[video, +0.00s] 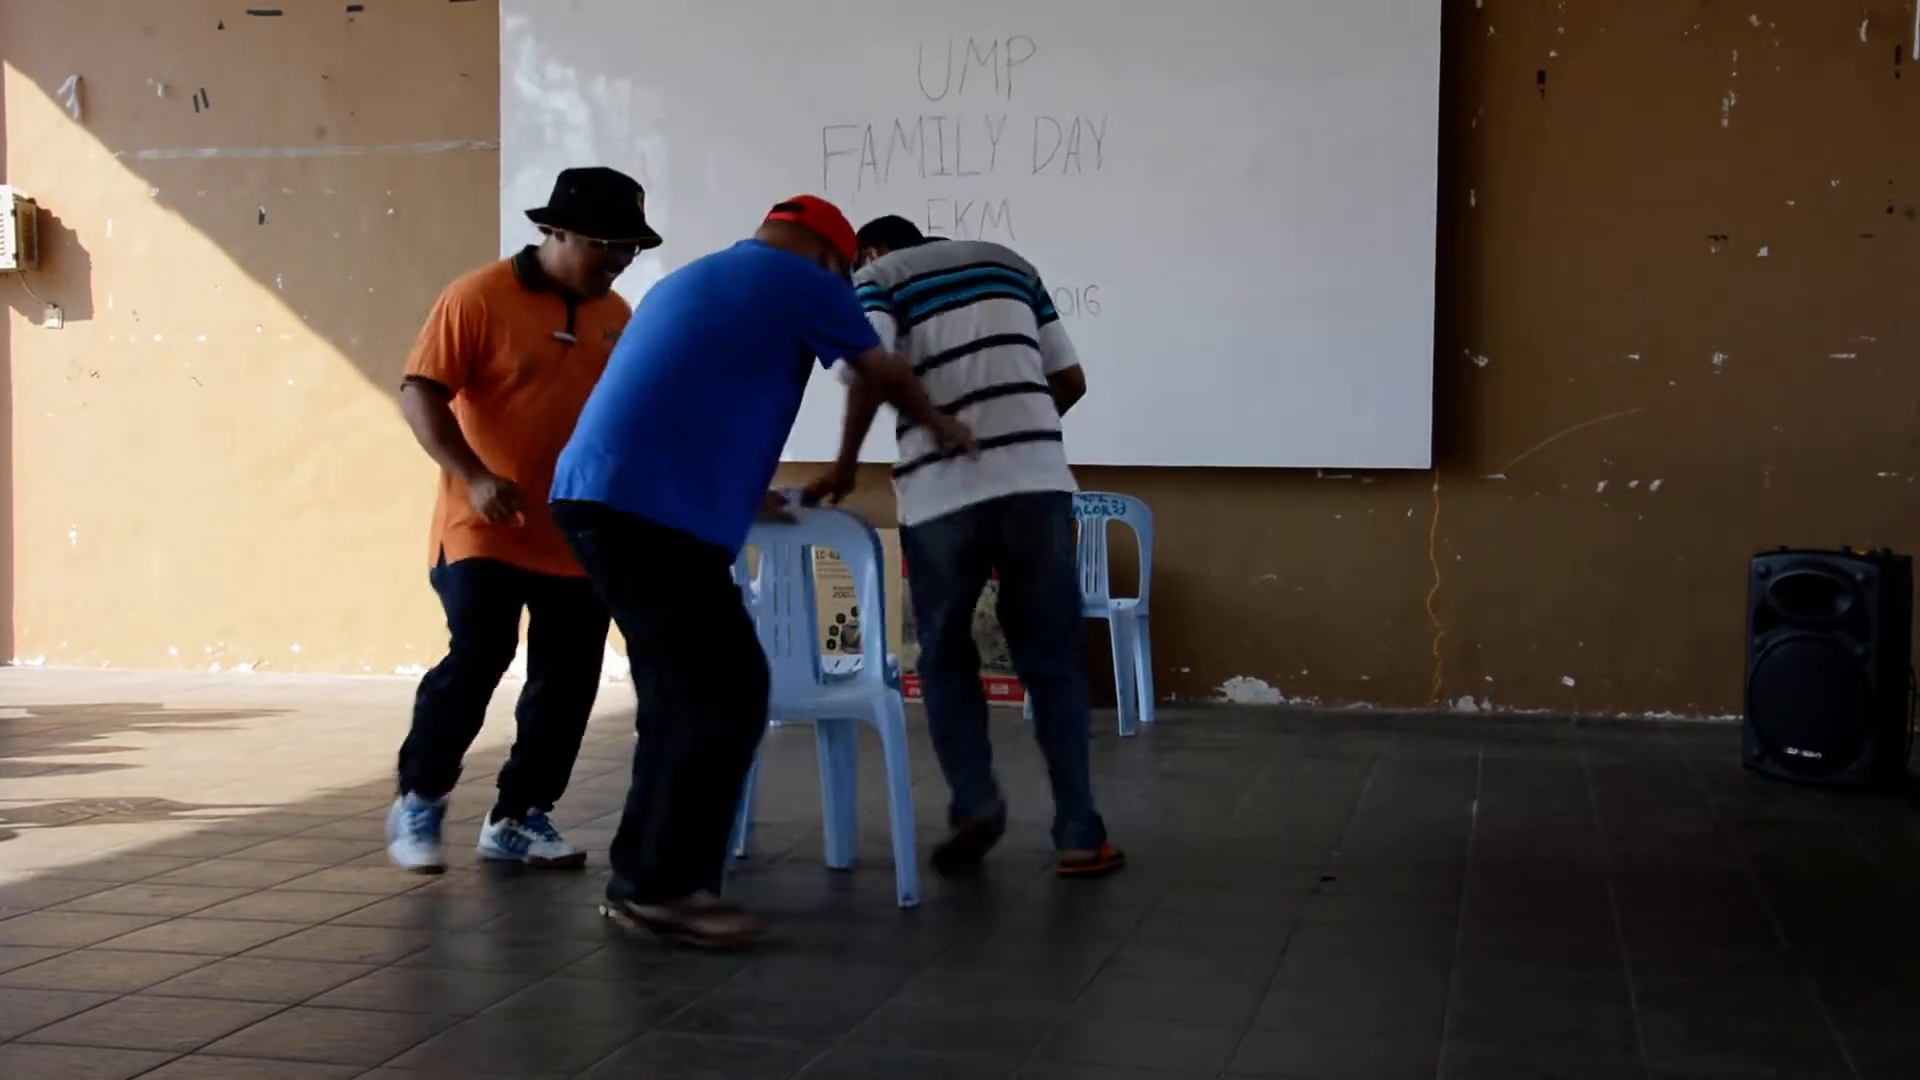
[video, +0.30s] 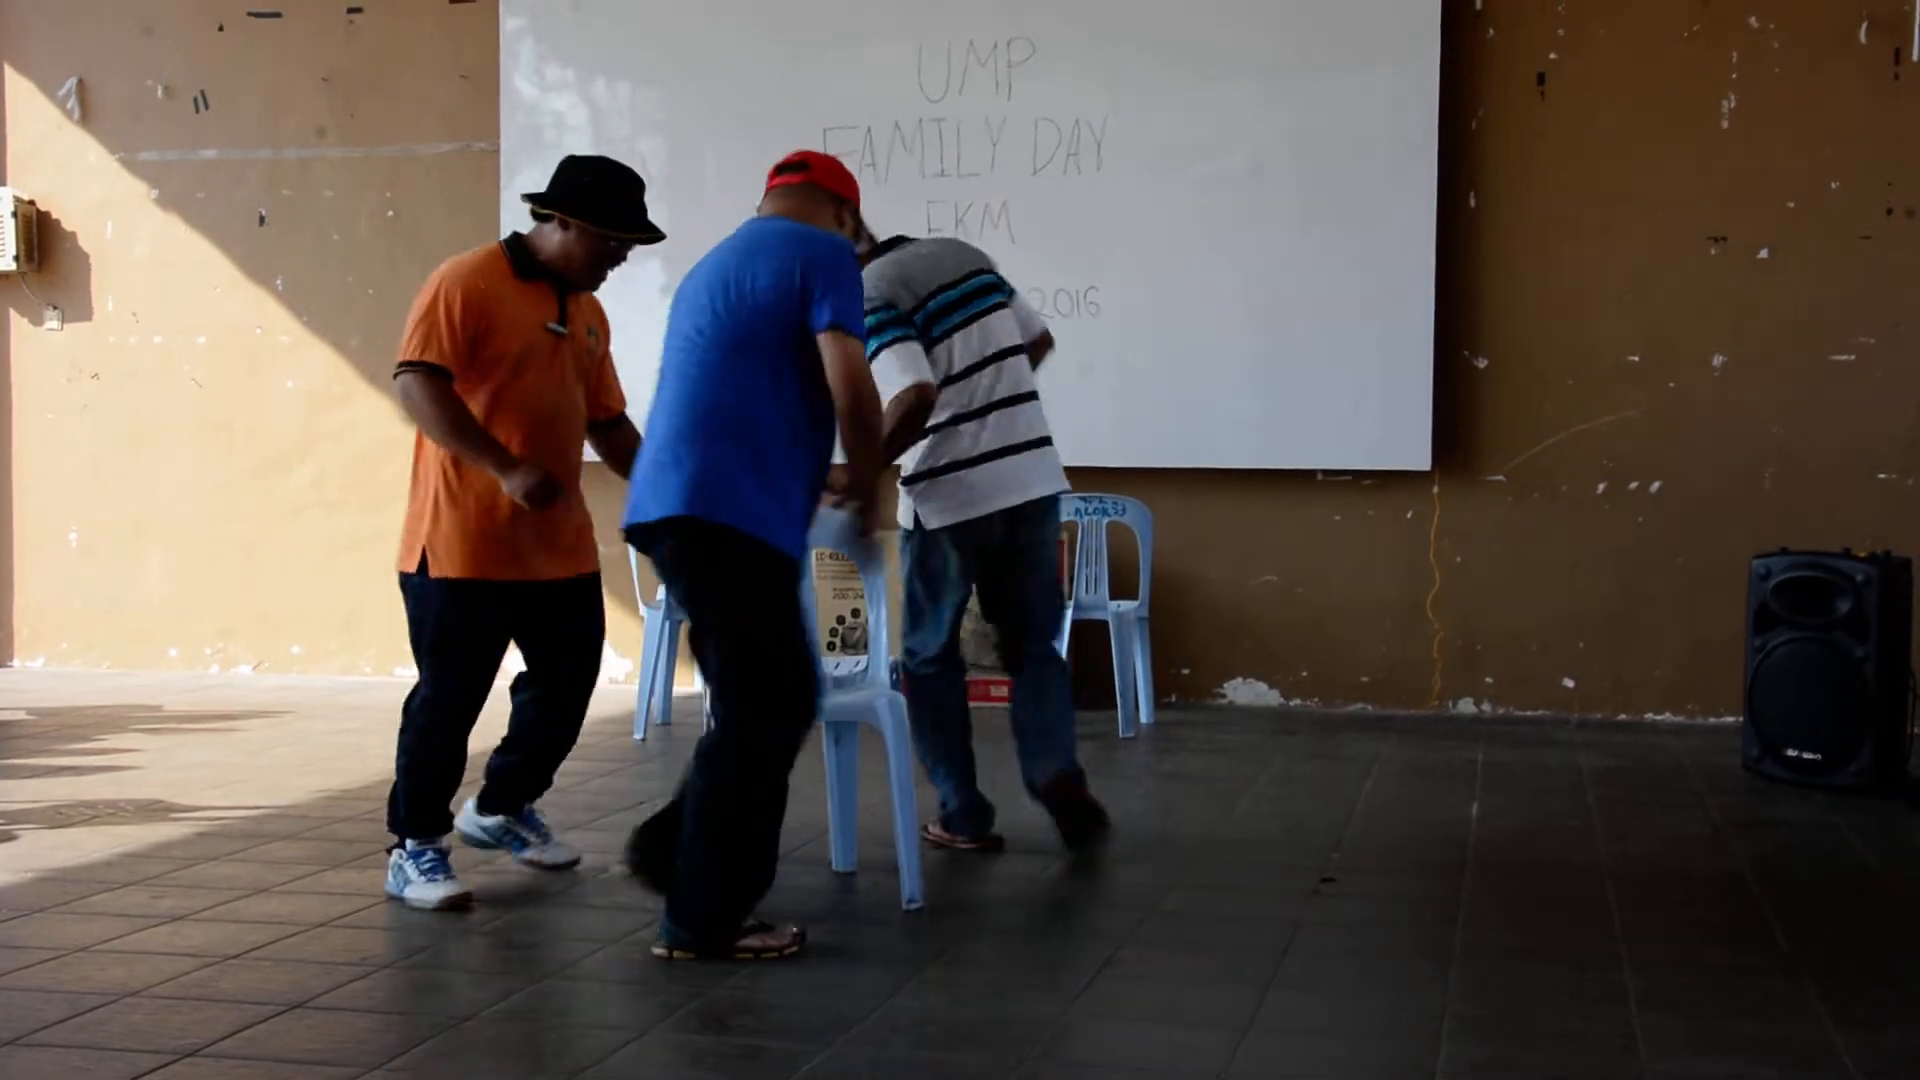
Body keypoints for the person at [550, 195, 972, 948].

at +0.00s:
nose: (840, 281)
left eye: (843, 272)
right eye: (841, 269)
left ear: (771, 233)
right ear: (823, 251)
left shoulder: (702, 275)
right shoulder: (809, 278)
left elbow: (665, 409)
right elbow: (884, 371)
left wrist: (754, 493)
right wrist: (934, 418)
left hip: (595, 496)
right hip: (656, 505)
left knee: (678, 693)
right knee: (734, 686)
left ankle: (639, 881)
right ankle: (665, 889)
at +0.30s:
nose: (851, 241)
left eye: (852, 230)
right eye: (851, 227)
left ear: (776, 201)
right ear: (833, 208)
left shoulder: (722, 261)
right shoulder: (822, 248)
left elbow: (732, 410)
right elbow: (850, 389)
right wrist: (870, 489)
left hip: (669, 503)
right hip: (731, 507)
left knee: (761, 699)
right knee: (776, 702)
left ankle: (672, 845)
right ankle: (704, 924)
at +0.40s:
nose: (866, 233)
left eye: (865, 223)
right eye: (866, 220)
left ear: (786, 200)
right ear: (851, 205)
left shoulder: (735, 263)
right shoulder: (848, 250)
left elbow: (749, 404)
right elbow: (867, 400)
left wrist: (876, 437)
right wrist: (849, 507)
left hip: (692, 503)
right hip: (754, 507)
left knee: (835, 665)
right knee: (769, 701)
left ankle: (763, 865)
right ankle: (703, 918)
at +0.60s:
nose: (909, 241)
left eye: (904, 232)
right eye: (909, 229)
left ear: (828, 214)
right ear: (897, 219)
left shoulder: (775, 274)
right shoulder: (906, 268)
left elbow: (741, 403)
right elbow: (944, 404)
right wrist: (970, 497)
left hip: (748, 514)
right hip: (822, 519)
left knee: (867, 701)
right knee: (846, 704)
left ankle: (874, 895)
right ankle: (710, 904)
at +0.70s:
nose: (921, 246)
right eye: (922, 234)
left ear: (844, 224)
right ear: (919, 228)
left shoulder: (796, 286)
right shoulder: (928, 273)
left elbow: (738, 414)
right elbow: (975, 395)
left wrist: (774, 496)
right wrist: (1018, 511)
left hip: (776, 520)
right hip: (862, 518)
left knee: (866, 706)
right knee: (920, 695)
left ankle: (874, 894)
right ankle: (799, 836)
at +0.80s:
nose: (927, 231)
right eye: (928, 221)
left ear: (855, 223)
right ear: (931, 221)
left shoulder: (812, 284)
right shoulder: (952, 266)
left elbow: (742, 410)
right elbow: (998, 364)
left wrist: (777, 502)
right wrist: (1037, 496)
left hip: (814, 527)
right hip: (912, 522)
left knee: (856, 708)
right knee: (975, 684)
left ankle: (863, 893)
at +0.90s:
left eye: (869, 220)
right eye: (935, 219)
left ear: (863, 223)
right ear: (939, 218)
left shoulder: (822, 286)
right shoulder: (971, 258)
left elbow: (745, 402)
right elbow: (1006, 339)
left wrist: (774, 474)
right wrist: (1037, 452)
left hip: (856, 534)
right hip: (961, 526)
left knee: (870, 719)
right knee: (1003, 699)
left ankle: (870, 900)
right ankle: (1043, 874)